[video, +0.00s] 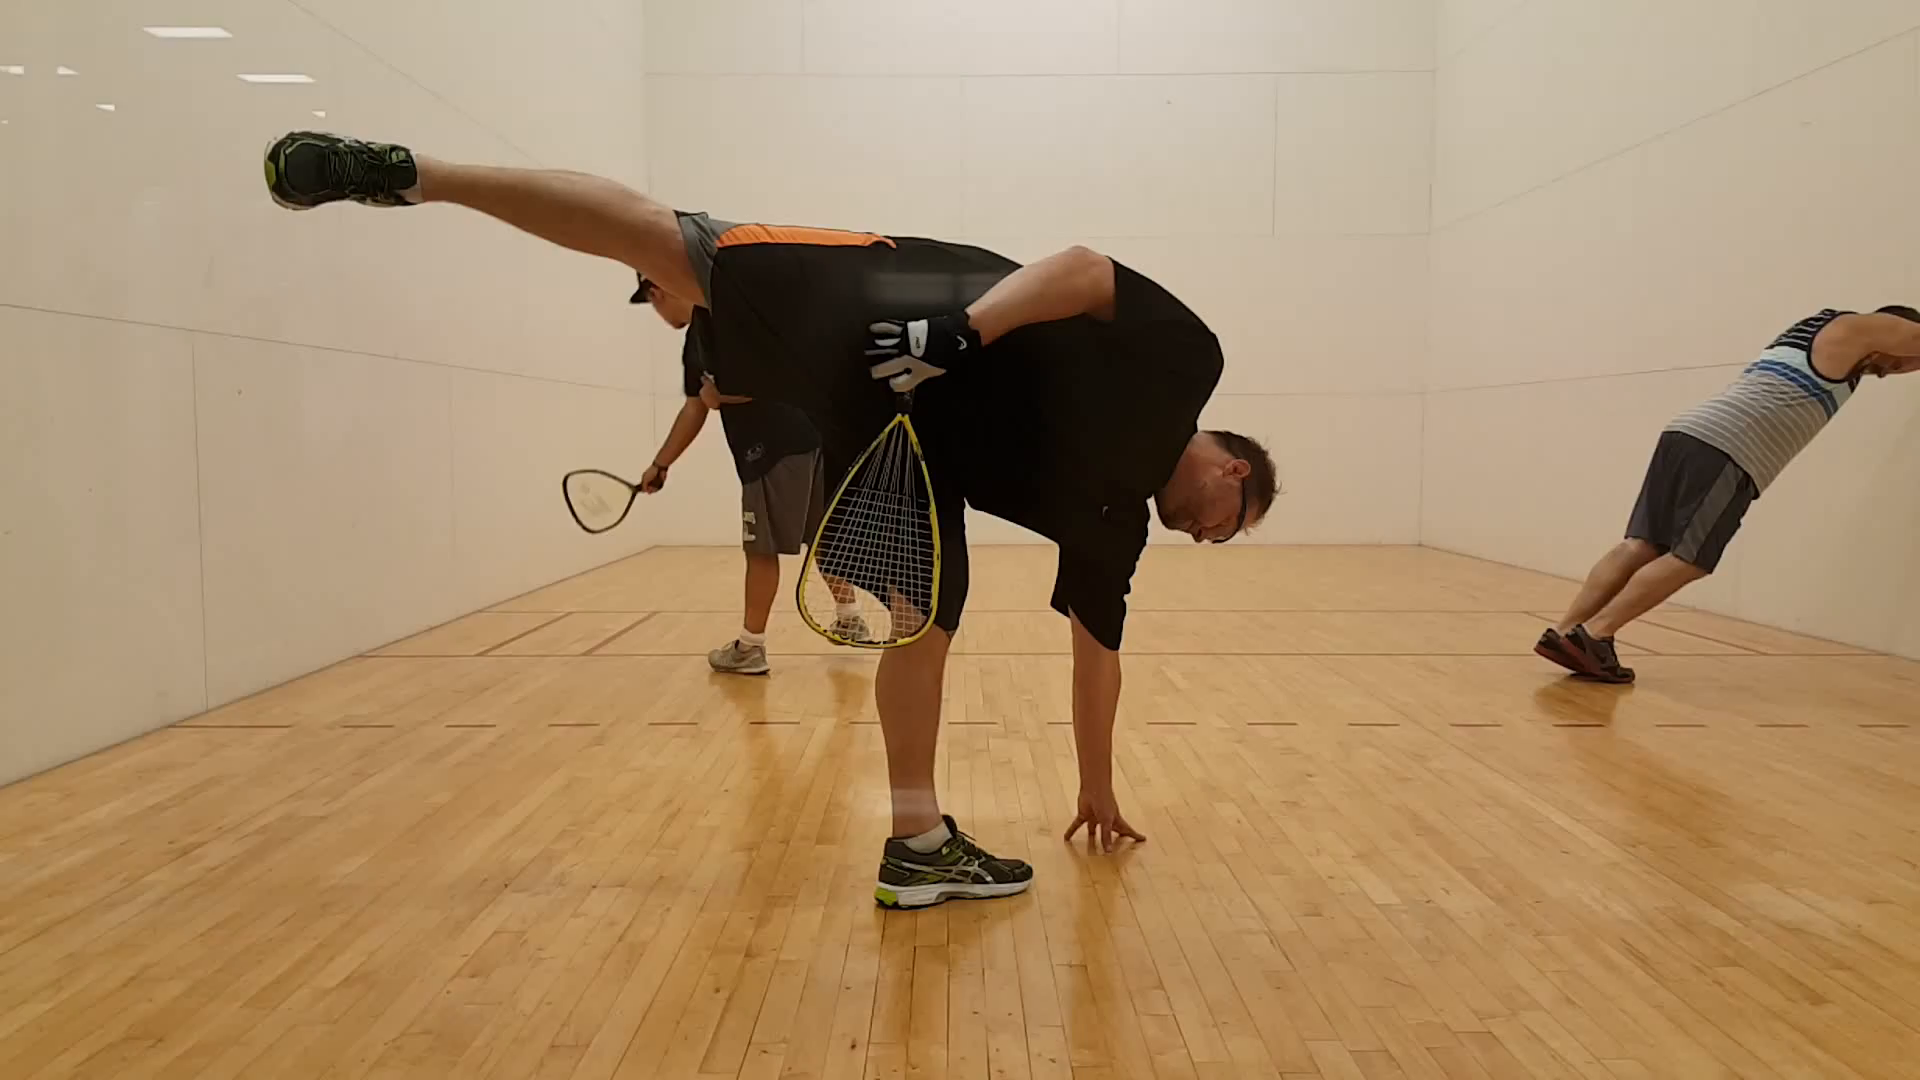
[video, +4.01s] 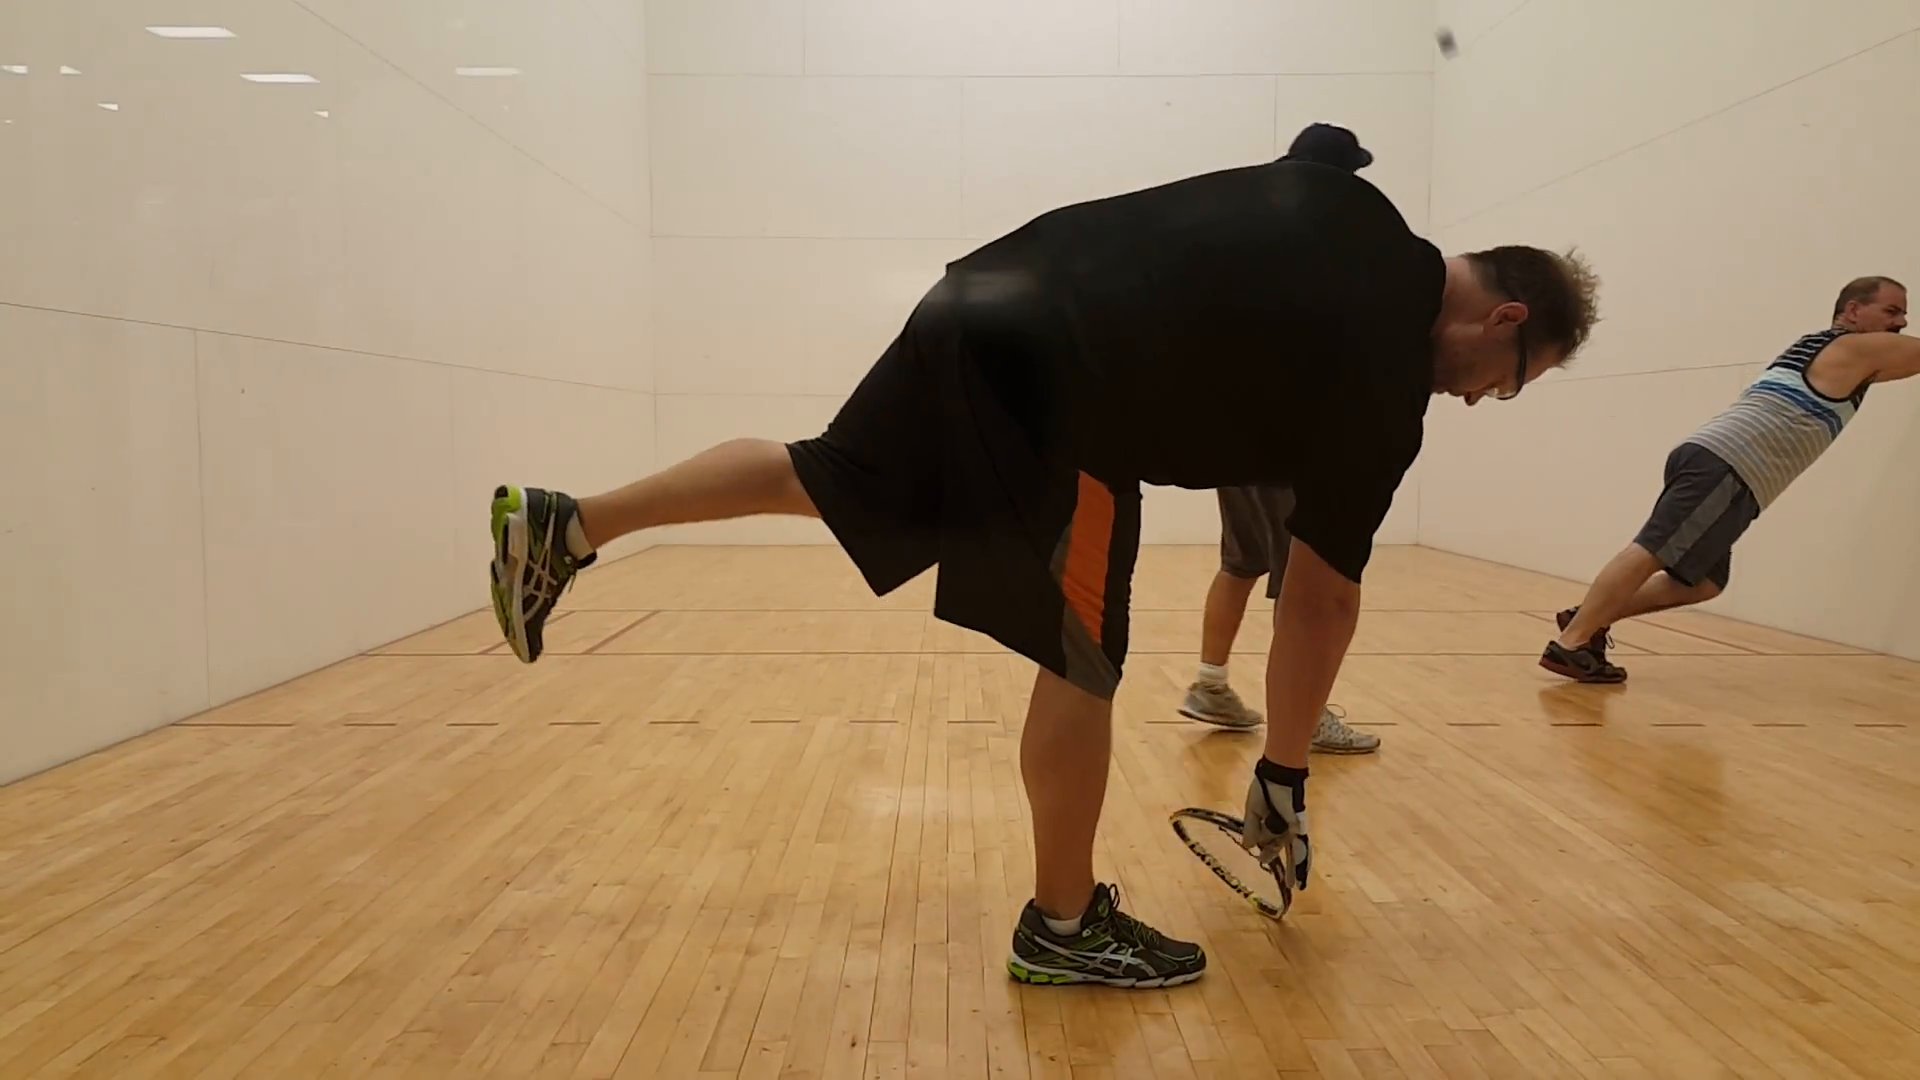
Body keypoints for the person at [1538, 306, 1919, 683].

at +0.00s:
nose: (1897, 369)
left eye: (1905, 363)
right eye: (1904, 358)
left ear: (1889, 334)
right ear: (1892, 332)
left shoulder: (1811, 330)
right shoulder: (1849, 332)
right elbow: (1916, 344)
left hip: (1686, 434)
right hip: (1727, 455)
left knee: (1640, 543)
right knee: (1690, 558)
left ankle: (1565, 630)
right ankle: (1594, 635)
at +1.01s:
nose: (1894, 367)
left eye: (1903, 363)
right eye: (1901, 357)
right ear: (1892, 333)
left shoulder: (1811, 327)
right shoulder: (1852, 323)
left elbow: (1902, 363)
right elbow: (1919, 342)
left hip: (1690, 433)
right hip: (1733, 449)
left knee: (1654, 542)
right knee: (1700, 556)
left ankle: (1573, 627)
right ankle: (1603, 632)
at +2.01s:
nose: (1896, 377)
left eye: (1905, 371)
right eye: (1904, 366)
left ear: (1890, 343)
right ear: (1893, 342)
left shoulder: (1828, 343)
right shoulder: (1849, 332)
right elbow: (1919, 337)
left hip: (1721, 453)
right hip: (1729, 455)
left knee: (1686, 567)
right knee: (1667, 548)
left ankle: (1581, 624)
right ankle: (1583, 635)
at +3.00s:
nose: (1898, 315)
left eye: (1899, 307)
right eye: (1892, 303)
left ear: (1849, 306)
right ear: (1851, 298)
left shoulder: (1810, 333)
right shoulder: (1847, 334)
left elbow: (1909, 356)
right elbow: (1917, 343)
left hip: (1676, 439)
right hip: (1716, 456)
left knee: (1634, 543)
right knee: (1710, 563)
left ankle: (1564, 633)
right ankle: (1607, 628)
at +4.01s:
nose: (1900, 324)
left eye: (1901, 315)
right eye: (1892, 312)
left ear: (1853, 319)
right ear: (1852, 312)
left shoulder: (1822, 349)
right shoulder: (1851, 350)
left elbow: (1905, 358)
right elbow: (1917, 353)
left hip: (1717, 464)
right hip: (1725, 469)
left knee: (1704, 580)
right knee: (1649, 552)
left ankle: (1589, 615)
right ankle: (1571, 644)